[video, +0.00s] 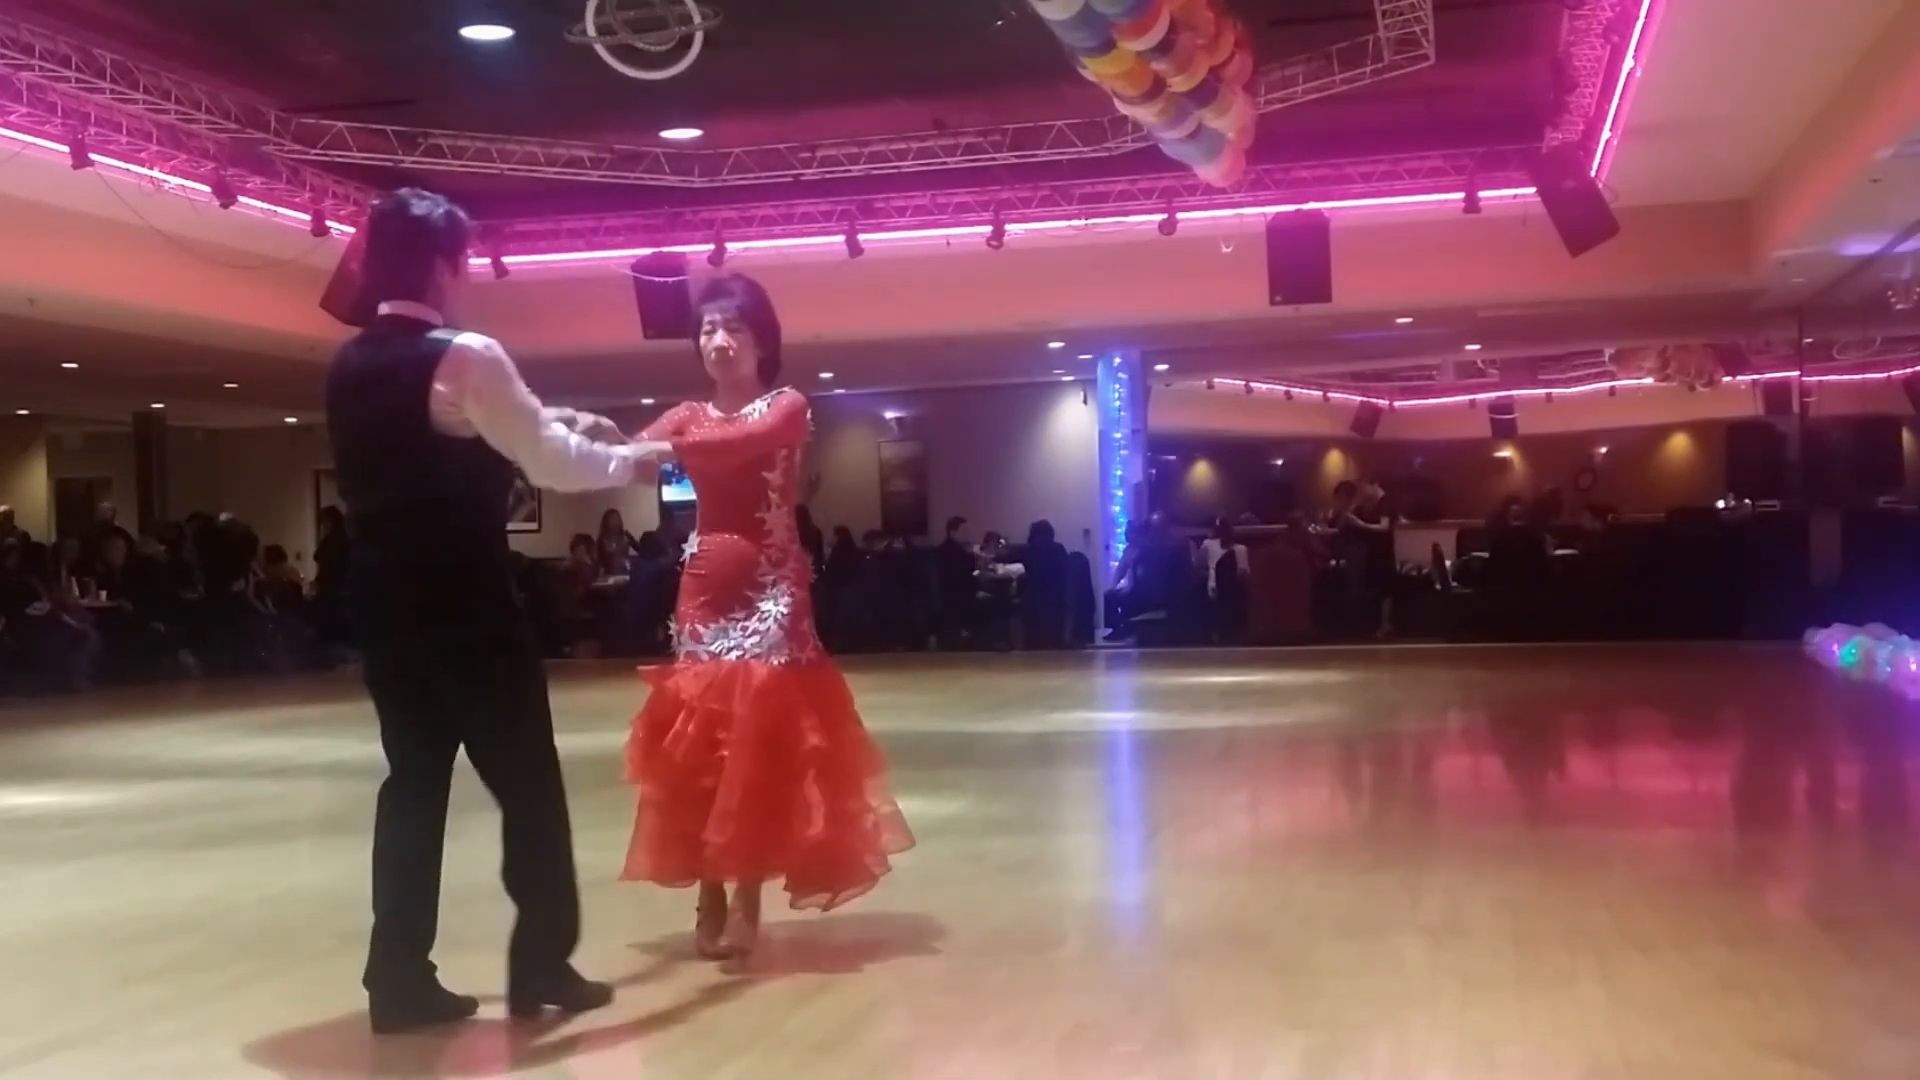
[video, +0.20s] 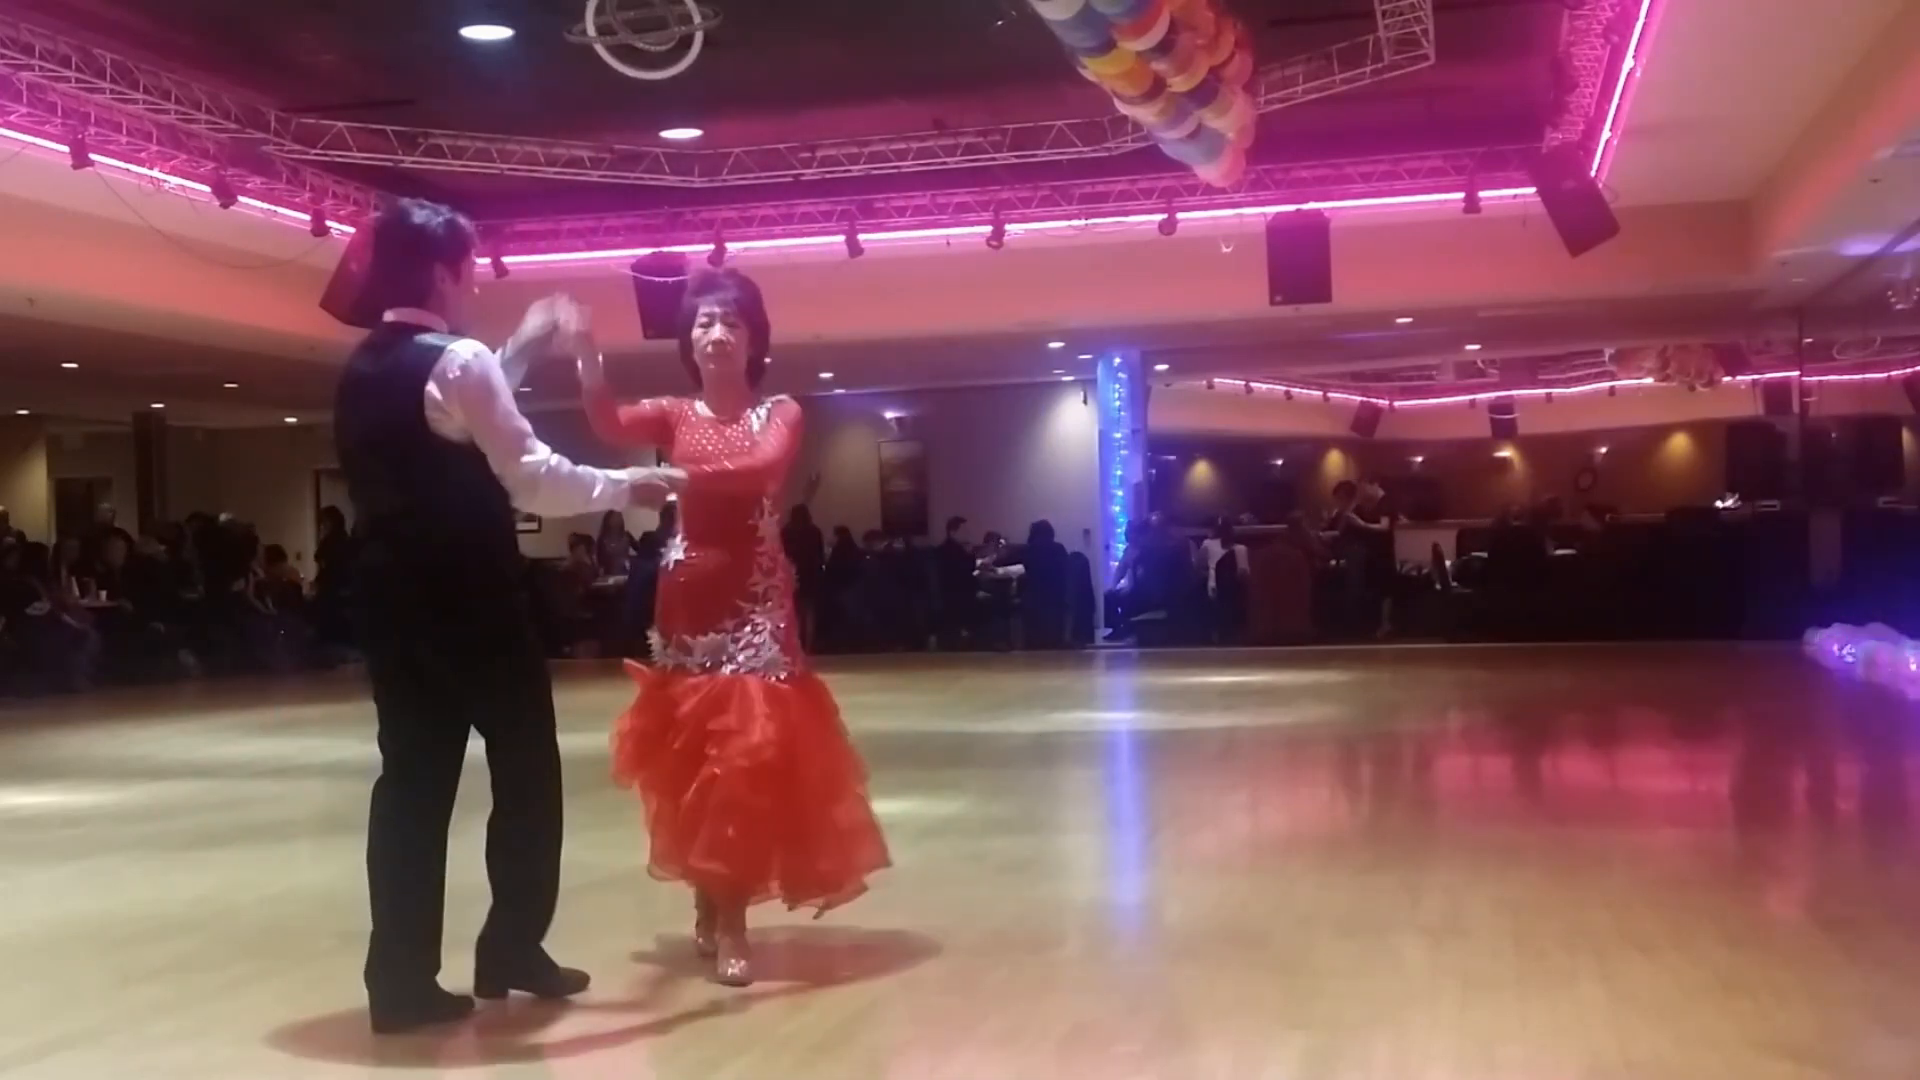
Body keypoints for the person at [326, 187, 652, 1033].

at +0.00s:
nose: (469, 273)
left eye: (464, 256)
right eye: (462, 258)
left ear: (383, 262)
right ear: (435, 263)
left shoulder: (352, 364)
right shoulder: (467, 362)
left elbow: (484, 426)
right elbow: (557, 464)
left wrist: (575, 425)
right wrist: (645, 459)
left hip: (389, 612)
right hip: (471, 610)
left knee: (413, 782)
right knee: (530, 784)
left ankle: (399, 983)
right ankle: (543, 968)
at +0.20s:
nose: (480, 278)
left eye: (476, 263)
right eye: (472, 263)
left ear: (393, 272)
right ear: (440, 270)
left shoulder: (365, 369)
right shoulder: (464, 366)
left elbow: (455, 410)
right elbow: (532, 477)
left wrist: (524, 341)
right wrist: (623, 485)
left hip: (400, 608)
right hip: (481, 607)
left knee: (412, 783)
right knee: (529, 776)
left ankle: (400, 985)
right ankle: (515, 948)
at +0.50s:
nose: (520, 282)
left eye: (514, 269)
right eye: (508, 270)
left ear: (447, 284)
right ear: (469, 281)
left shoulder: (435, 364)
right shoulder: (479, 371)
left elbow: (540, 325)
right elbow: (508, 488)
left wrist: (595, 244)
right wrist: (627, 496)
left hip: (455, 591)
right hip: (511, 596)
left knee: (475, 764)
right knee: (534, 774)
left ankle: (411, 924)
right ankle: (504, 945)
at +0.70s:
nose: (536, 282)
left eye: (532, 268)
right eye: (521, 270)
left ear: (487, 283)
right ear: (470, 281)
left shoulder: (505, 363)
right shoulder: (469, 370)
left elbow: (589, 368)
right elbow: (507, 483)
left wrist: (658, 318)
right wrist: (623, 481)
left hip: (536, 586)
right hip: (511, 591)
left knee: (531, 753)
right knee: (535, 757)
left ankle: (462, 914)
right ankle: (497, 947)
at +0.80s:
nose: (543, 277)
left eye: (539, 264)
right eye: (525, 268)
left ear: (516, 281)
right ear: (474, 283)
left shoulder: (550, 372)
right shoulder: (468, 374)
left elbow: (620, 433)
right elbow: (525, 473)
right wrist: (639, 481)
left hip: (560, 582)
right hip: (512, 590)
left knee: (547, 745)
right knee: (544, 746)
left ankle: (486, 905)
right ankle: (499, 943)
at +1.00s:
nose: (554, 295)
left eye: (556, 279)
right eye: (539, 281)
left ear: (541, 287)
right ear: (500, 289)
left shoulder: (561, 373)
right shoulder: (485, 373)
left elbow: (615, 448)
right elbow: (527, 467)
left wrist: (668, 493)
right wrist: (624, 490)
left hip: (576, 584)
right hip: (520, 593)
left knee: (564, 760)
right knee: (541, 762)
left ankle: (510, 919)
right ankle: (489, 920)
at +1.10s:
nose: (641, 320)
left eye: (635, 307)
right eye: (631, 309)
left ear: (555, 327)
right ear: (606, 321)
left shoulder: (553, 401)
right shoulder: (623, 396)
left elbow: (601, 479)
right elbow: (703, 467)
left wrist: (657, 517)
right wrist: (717, 528)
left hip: (578, 577)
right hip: (636, 578)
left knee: (577, 756)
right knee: (651, 759)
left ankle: (511, 923)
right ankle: (636, 941)